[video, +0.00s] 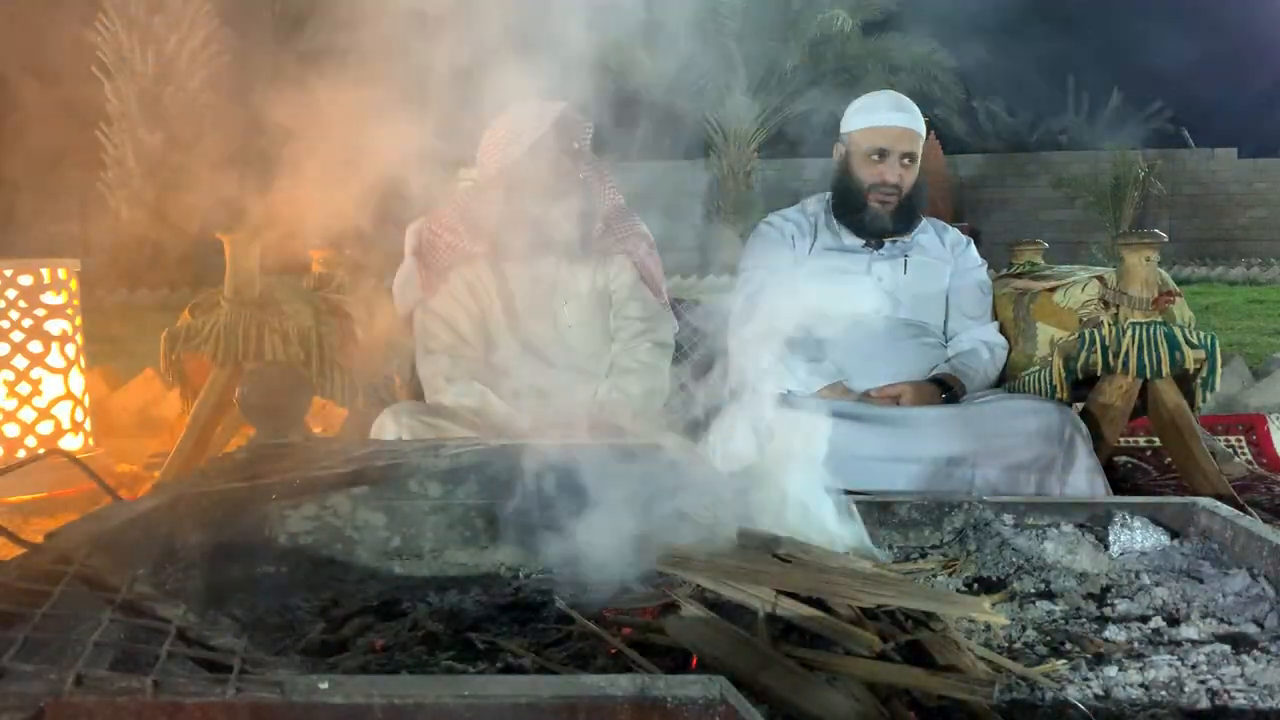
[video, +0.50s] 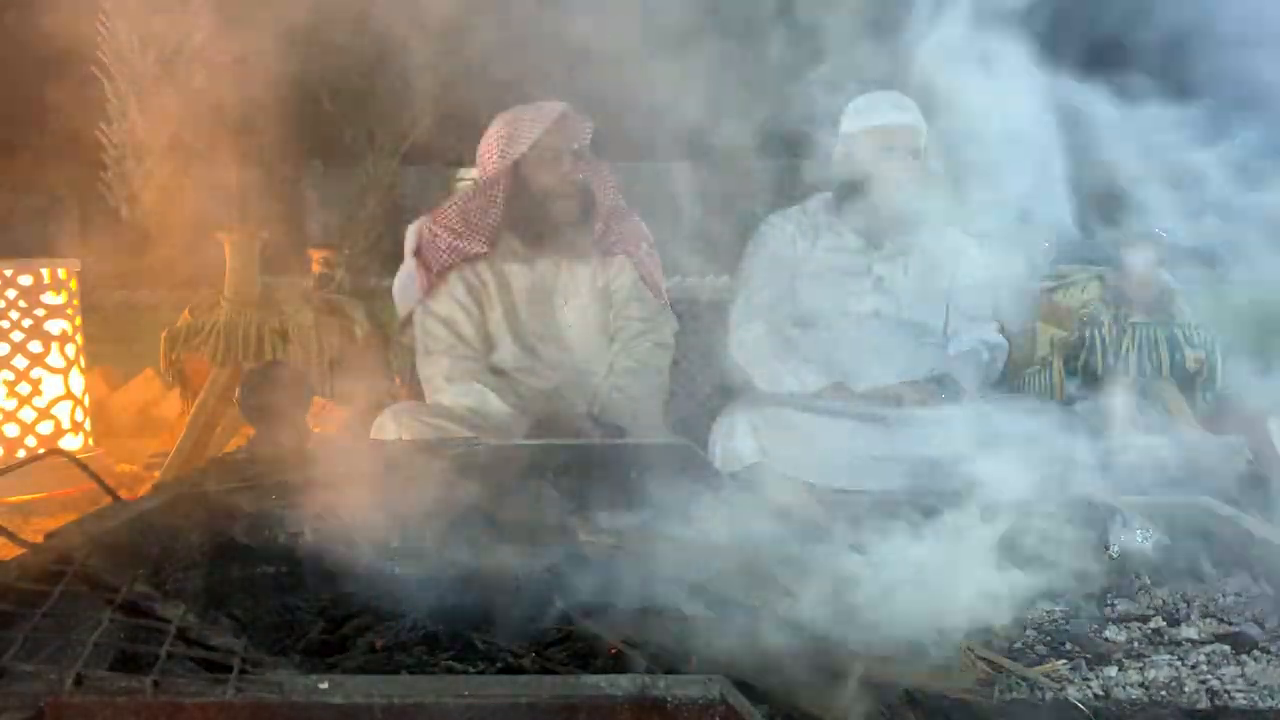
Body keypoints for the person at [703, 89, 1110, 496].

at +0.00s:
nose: (892, 176)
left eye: (906, 160)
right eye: (877, 157)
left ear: (920, 166)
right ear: (842, 154)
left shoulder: (953, 249)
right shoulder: (784, 235)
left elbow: (981, 344)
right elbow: (752, 349)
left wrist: (939, 388)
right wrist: (821, 390)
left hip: (934, 420)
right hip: (826, 418)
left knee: (1052, 426)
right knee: (783, 433)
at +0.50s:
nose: (905, 170)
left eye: (913, 155)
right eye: (887, 154)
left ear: (926, 163)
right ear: (849, 161)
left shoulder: (953, 248)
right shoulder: (787, 236)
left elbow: (982, 337)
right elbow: (750, 337)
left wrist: (940, 389)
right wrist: (824, 392)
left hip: (920, 417)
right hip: (812, 416)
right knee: (740, 429)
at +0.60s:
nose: (893, 172)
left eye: (904, 155)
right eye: (878, 155)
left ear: (922, 162)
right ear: (842, 160)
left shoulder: (954, 251)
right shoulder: (787, 235)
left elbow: (982, 347)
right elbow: (750, 335)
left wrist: (935, 391)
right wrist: (819, 391)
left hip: (922, 421)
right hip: (819, 419)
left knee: (1028, 420)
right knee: (738, 427)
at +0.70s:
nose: (901, 173)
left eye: (911, 157)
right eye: (885, 156)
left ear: (923, 166)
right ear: (843, 159)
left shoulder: (953, 250)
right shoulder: (786, 235)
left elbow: (981, 346)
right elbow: (752, 333)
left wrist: (934, 388)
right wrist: (822, 395)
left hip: (924, 416)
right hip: (817, 413)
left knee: (1058, 428)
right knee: (739, 428)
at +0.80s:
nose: (904, 175)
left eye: (914, 159)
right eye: (886, 157)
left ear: (924, 166)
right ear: (844, 159)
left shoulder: (954, 251)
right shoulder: (786, 235)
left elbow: (981, 342)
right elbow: (753, 333)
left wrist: (943, 387)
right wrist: (831, 395)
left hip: (930, 419)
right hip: (823, 414)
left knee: (1053, 423)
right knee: (741, 428)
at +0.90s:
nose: (905, 173)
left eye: (915, 158)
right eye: (887, 157)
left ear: (925, 162)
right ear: (847, 160)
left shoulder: (954, 251)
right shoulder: (786, 235)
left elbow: (981, 343)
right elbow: (753, 332)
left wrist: (939, 387)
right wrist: (828, 394)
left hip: (930, 421)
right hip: (821, 417)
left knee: (1050, 424)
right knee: (740, 427)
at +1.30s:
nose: (885, 172)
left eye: (902, 158)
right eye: (872, 153)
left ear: (919, 169)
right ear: (845, 154)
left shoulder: (953, 250)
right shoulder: (788, 234)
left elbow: (980, 341)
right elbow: (753, 328)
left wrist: (940, 387)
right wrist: (826, 392)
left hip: (937, 421)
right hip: (826, 419)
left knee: (1055, 426)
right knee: (742, 428)